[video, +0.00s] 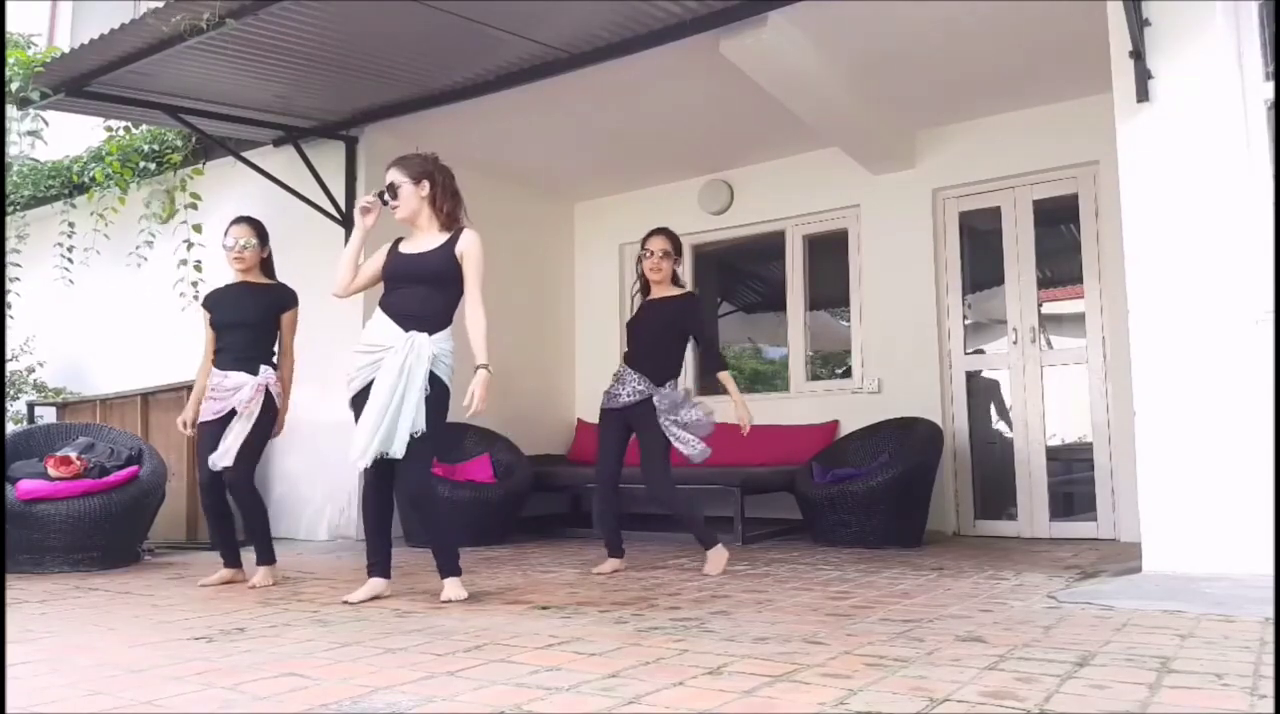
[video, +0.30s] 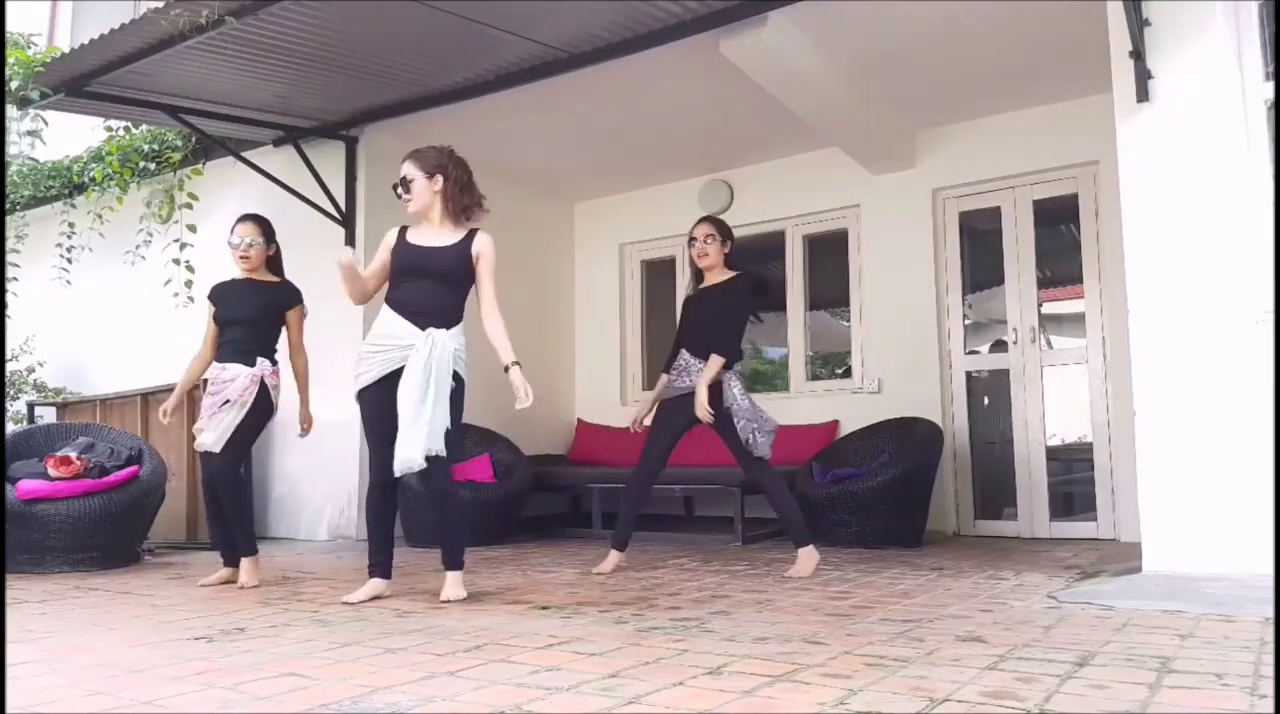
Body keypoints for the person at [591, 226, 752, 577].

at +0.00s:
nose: (655, 261)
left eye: (663, 255)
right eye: (648, 254)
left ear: (676, 261)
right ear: (641, 261)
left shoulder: (688, 302)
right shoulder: (645, 303)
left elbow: (711, 355)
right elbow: (635, 350)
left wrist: (738, 400)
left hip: (651, 400)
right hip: (618, 396)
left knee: (659, 487)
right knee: (605, 478)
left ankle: (714, 546)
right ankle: (614, 555)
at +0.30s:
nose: (700, 247)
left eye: (708, 240)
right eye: (695, 242)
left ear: (726, 246)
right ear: (691, 250)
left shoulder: (739, 283)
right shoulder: (693, 298)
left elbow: (730, 339)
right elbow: (679, 350)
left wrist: (703, 382)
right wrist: (652, 398)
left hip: (718, 384)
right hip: (681, 387)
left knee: (755, 466)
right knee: (647, 466)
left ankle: (806, 547)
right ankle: (617, 548)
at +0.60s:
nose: (727, 243)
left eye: (735, 236)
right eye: (721, 239)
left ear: (752, 243)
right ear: (716, 250)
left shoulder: (775, 285)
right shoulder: (715, 297)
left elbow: (790, 336)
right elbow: (713, 347)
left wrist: (750, 305)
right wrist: (727, 376)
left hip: (762, 391)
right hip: (721, 390)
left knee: (776, 476)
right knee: (689, 472)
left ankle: (811, 558)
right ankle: (697, 556)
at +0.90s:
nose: (708, 250)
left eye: (714, 244)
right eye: (700, 247)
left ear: (728, 251)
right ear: (693, 258)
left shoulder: (751, 293)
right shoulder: (693, 308)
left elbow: (787, 302)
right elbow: (680, 351)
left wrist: (746, 280)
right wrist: (656, 383)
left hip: (742, 393)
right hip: (697, 395)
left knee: (760, 476)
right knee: (692, 476)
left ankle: (785, 548)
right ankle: (674, 555)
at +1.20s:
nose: (713, 247)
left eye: (720, 241)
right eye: (705, 243)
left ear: (733, 248)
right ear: (698, 252)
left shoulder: (752, 294)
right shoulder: (692, 295)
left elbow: (791, 288)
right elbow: (656, 324)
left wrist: (753, 263)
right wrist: (625, 348)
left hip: (744, 394)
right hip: (700, 393)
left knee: (778, 466)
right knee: (692, 473)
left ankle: (754, 552)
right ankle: (679, 558)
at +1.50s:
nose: (753, 255)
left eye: (761, 249)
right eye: (746, 249)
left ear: (771, 258)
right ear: (736, 257)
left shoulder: (775, 302)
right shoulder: (717, 298)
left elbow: (802, 293)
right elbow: (713, 329)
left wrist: (784, 269)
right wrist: (720, 340)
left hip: (766, 391)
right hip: (727, 391)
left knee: (773, 474)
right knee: (685, 472)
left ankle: (802, 558)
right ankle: (691, 554)